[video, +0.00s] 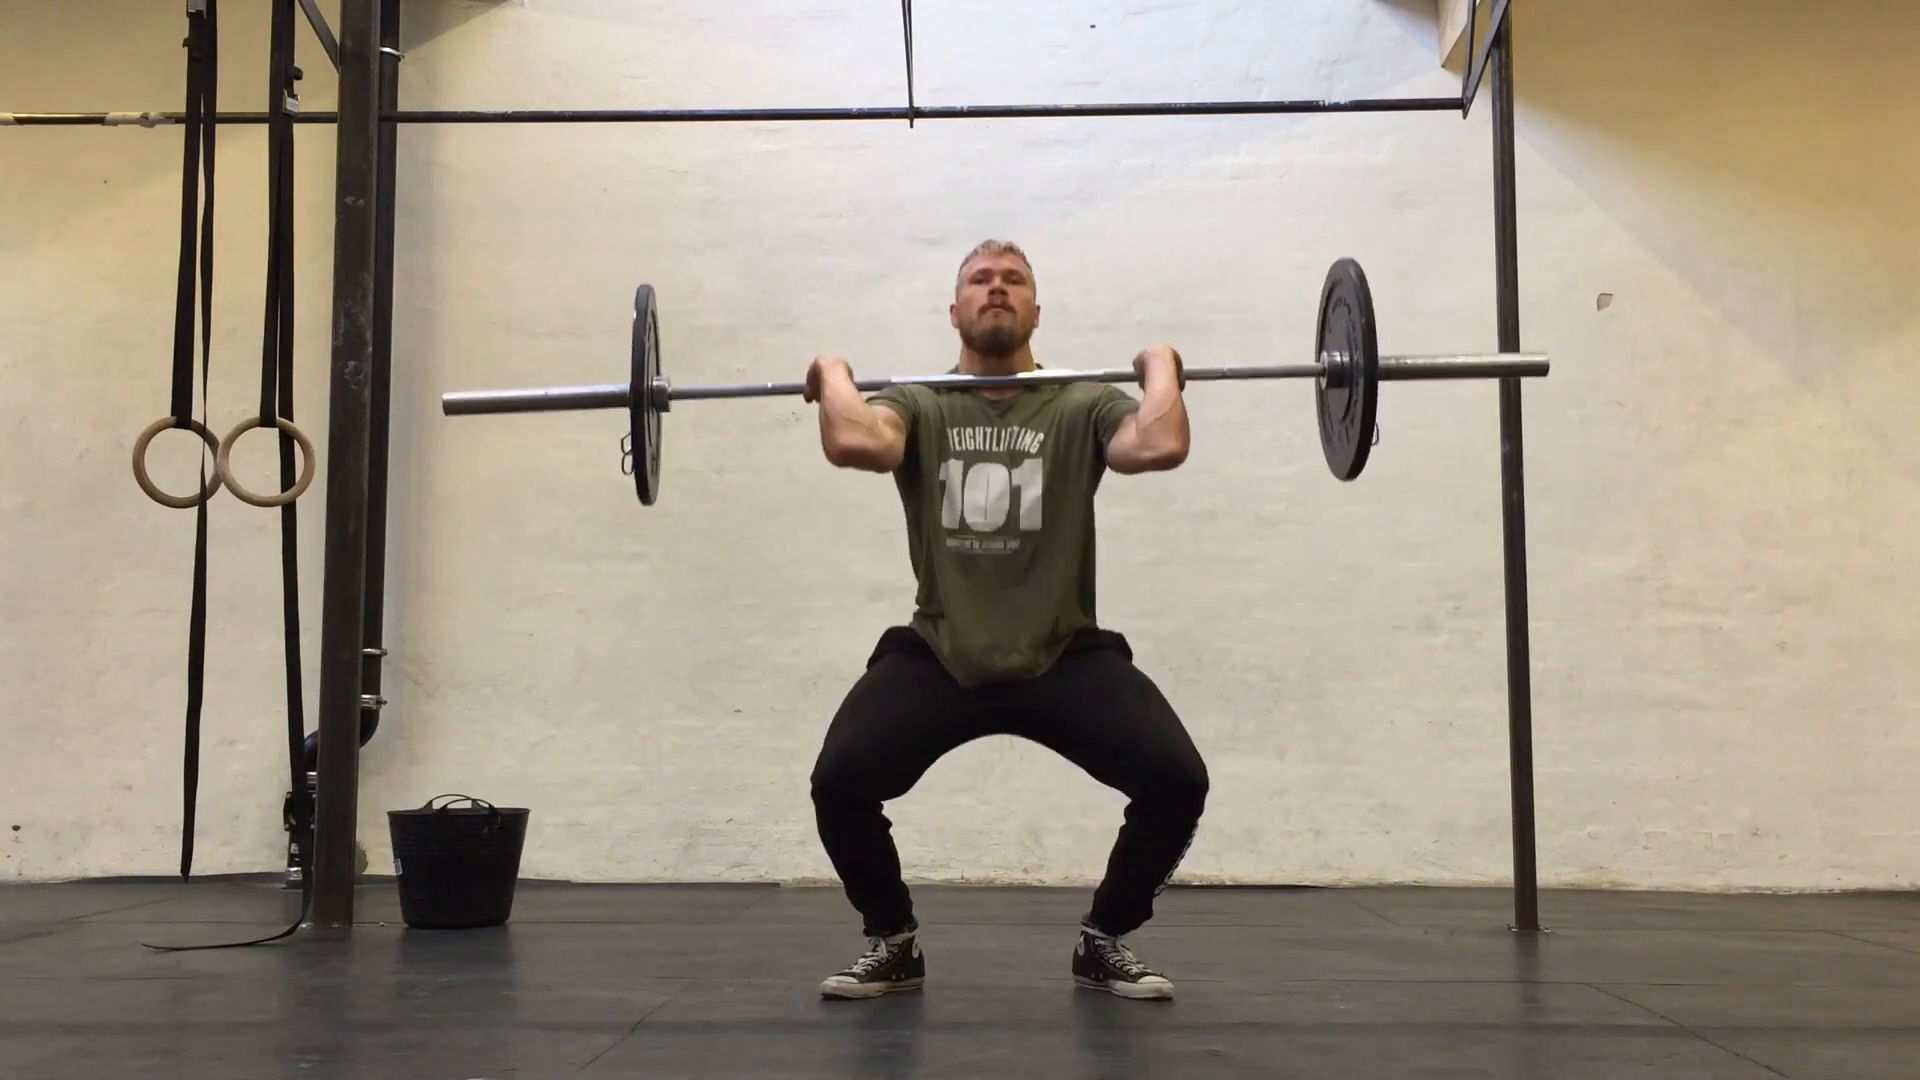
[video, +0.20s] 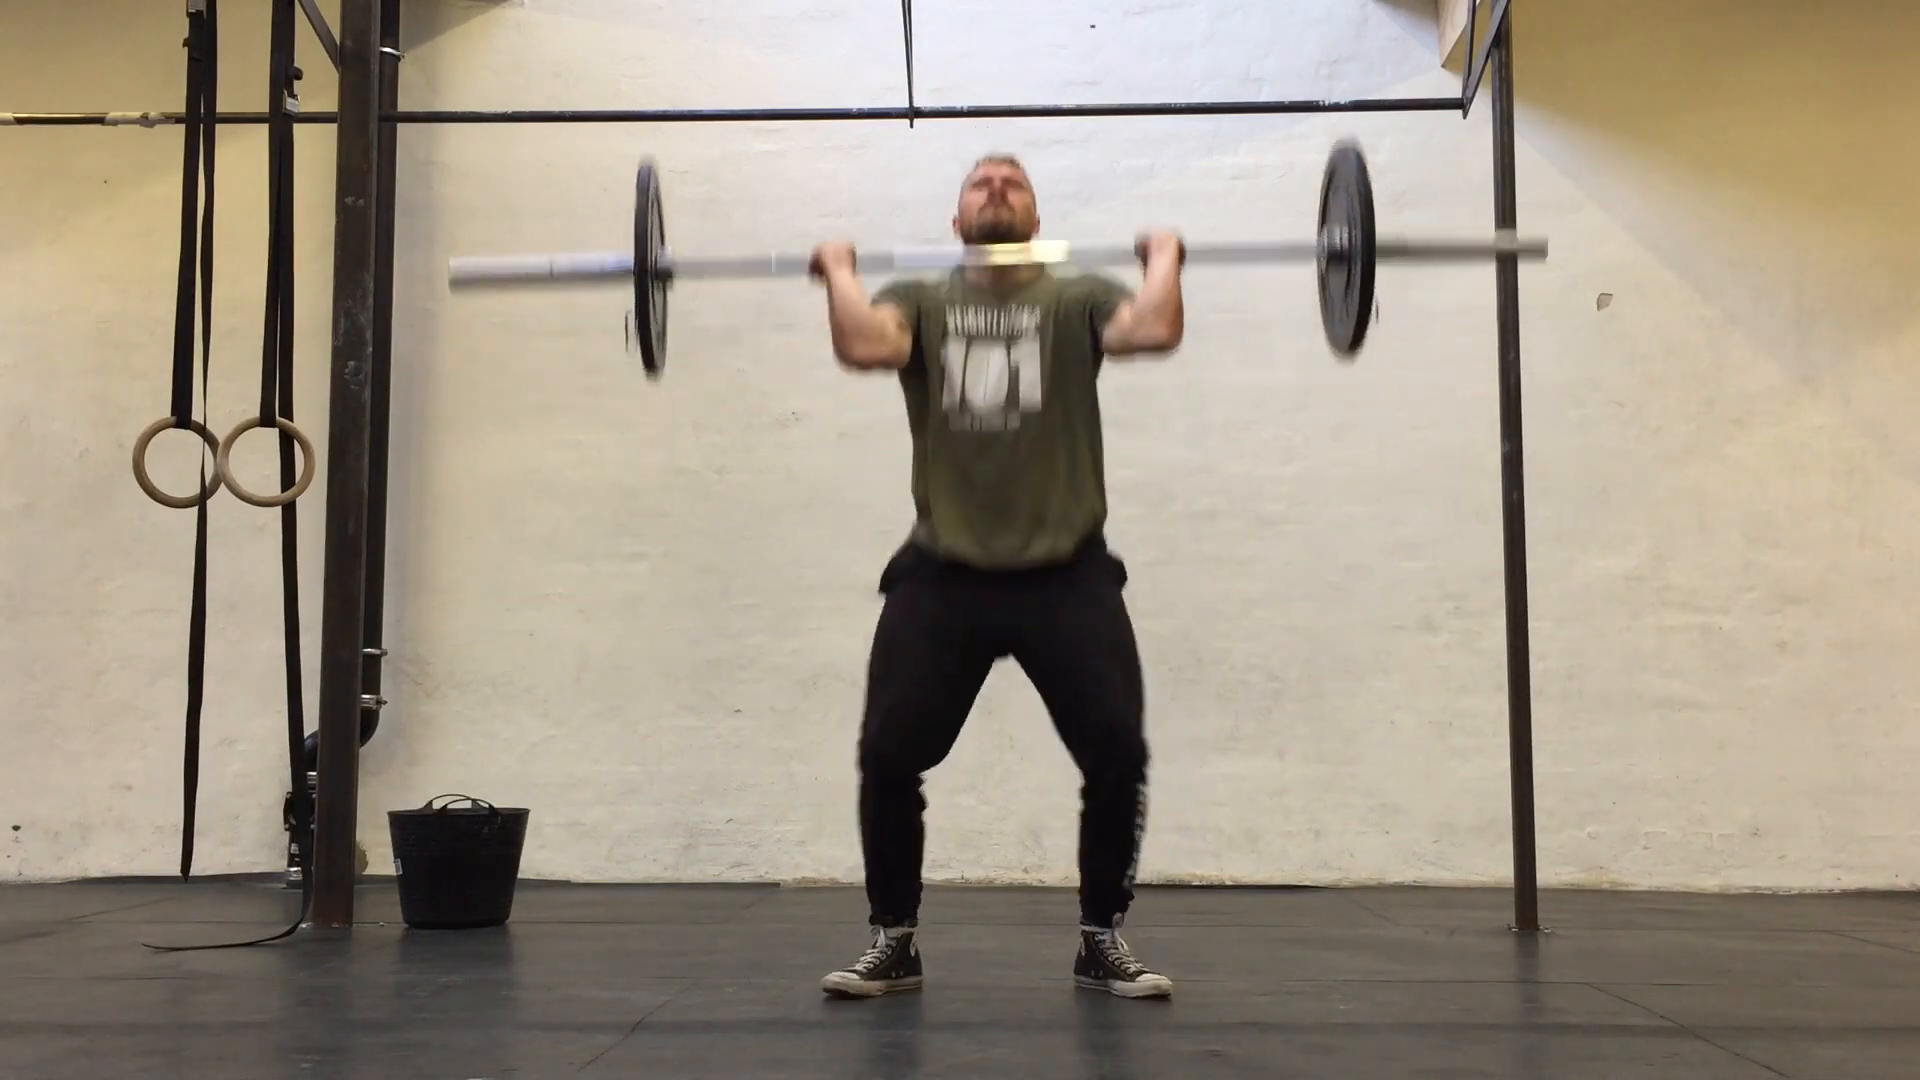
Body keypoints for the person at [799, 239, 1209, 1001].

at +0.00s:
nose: (997, 287)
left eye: (1013, 279)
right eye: (980, 279)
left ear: (1037, 311)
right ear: (954, 311)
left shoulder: (1082, 402)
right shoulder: (917, 404)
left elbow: (1163, 444)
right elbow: (849, 441)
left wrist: (1158, 362)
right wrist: (833, 371)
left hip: (1065, 658)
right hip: (939, 658)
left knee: (1177, 782)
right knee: (840, 783)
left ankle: (1103, 945)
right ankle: (893, 946)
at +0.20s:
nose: (996, 186)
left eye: (1012, 181)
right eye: (980, 182)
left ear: (1039, 217)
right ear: (956, 219)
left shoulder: (1075, 298)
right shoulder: (923, 302)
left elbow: (1157, 331)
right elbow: (862, 345)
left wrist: (1163, 258)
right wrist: (839, 270)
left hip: (1066, 577)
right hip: (944, 576)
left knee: (1118, 756)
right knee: (887, 757)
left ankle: (1102, 947)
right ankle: (893, 946)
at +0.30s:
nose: (998, 168)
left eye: (1015, 160)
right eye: (984, 160)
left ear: (1040, 187)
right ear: (961, 187)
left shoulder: (1076, 259)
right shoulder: (924, 264)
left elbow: (1170, 241)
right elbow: (843, 259)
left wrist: (1168, 153)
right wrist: (833, 167)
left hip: (1063, 533)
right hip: (946, 534)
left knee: (1090, 730)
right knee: (921, 733)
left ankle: (1111, 931)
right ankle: (893, 935)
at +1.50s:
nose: (1005, 159)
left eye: (1021, 150)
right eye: (988, 149)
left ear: (1045, 178)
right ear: (964, 179)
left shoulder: (1088, 263)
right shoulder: (921, 258)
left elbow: (1202, 293)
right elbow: (798, 274)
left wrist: (1188, 303)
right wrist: (834, 286)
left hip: (1067, 527)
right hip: (953, 527)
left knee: (1098, 729)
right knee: (925, 730)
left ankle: (1111, 928)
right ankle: (901, 930)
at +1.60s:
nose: (1009, 156)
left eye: (1025, 146)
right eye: (993, 145)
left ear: (1048, 173)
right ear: (966, 172)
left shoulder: (1090, 262)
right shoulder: (924, 263)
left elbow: (1194, 332)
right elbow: (820, 332)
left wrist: (1183, 416)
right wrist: (839, 406)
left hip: (1068, 526)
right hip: (957, 526)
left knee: (1099, 724)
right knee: (927, 723)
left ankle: (1110, 927)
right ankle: (902, 929)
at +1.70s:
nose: (1007, 174)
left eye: (1023, 164)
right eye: (991, 163)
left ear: (1048, 194)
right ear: (964, 193)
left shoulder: (1096, 298)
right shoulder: (918, 301)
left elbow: (1170, 402)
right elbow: (844, 403)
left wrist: (1179, 524)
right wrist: (843, 514)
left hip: (1074, 567)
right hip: (951, 568)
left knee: (1110, 750)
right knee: (918, 752)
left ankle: (1106, 936)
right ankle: (904, 938)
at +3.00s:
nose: (1004, 279)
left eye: (1021, 271)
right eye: (988, 270)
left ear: (1044, 303)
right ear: (963, 301)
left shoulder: (1089, 392)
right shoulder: (924, 396)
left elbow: (1167, 442)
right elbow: (857, 436)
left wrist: (1166, 359)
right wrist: (843, 362)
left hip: (1066, 649)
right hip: (944, 648)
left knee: (1168, 776)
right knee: (857, 779)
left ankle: (1107, 943)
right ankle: (908, 945)